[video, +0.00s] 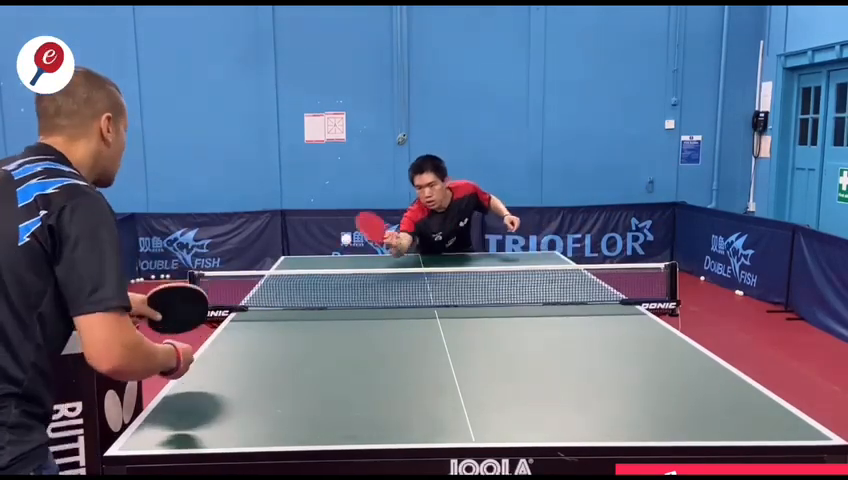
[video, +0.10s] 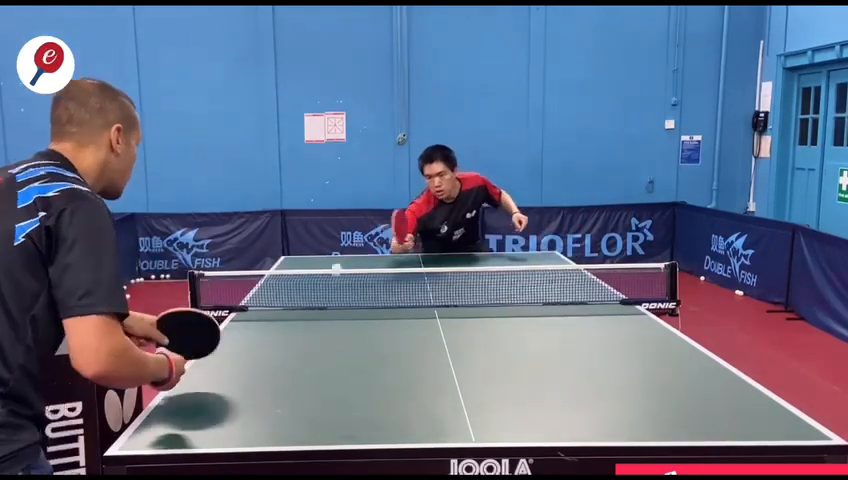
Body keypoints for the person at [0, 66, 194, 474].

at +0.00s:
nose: (123, 149)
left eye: (126, 135)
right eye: (124, 134)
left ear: (48, 125)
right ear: (106, 128)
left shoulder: (8, 174)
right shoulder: (77, 202)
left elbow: (30, 294)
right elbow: (112, 353)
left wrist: (116, 303)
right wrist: (168, 357)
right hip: (15, 442)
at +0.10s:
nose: (134, 163)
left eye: (137, 149)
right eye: (136, 148)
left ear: (60, 134)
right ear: (115, 139)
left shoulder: (12, 180)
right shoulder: (77, 205)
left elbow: (32, 299)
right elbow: (97, 357)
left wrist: (121, 320)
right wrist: (159, 367)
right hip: (12, 443)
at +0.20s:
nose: (150, 181)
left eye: (154, 168)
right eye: (152, 165)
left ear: (79, 146)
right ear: (129, 154)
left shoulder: (16, 193)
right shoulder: (77, 211)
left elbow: (34, 314)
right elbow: (75, 360)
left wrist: (134, 331)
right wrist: (147, 375)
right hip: (12, 441)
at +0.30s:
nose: (165, 193)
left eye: (169, 180)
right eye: (166, 177)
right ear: (142, 166)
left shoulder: (38, 195)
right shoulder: (75, 217)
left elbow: (61, 317)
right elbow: (45, 360)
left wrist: (151, 325)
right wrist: (132, 381)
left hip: (16, 429)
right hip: (10, 438)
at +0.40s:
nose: (176, 204)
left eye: (179, 190)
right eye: (176, 187)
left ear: (146, 177)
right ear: (148, 176)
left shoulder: (82, 224)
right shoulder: (64, 226)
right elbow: (16, 360)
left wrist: (198, 319)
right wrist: (110, 386)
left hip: (18, 416)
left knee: (63, 470)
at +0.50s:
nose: (173, 205)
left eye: (176, 191)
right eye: (172, 189)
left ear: (139, 180)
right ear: (141, 179)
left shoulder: (102, 236)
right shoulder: (42, 229)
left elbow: (174, 298)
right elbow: (2, 354)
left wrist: (267, 311)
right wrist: (84, 387)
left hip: (16, 406)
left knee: (64, 472)